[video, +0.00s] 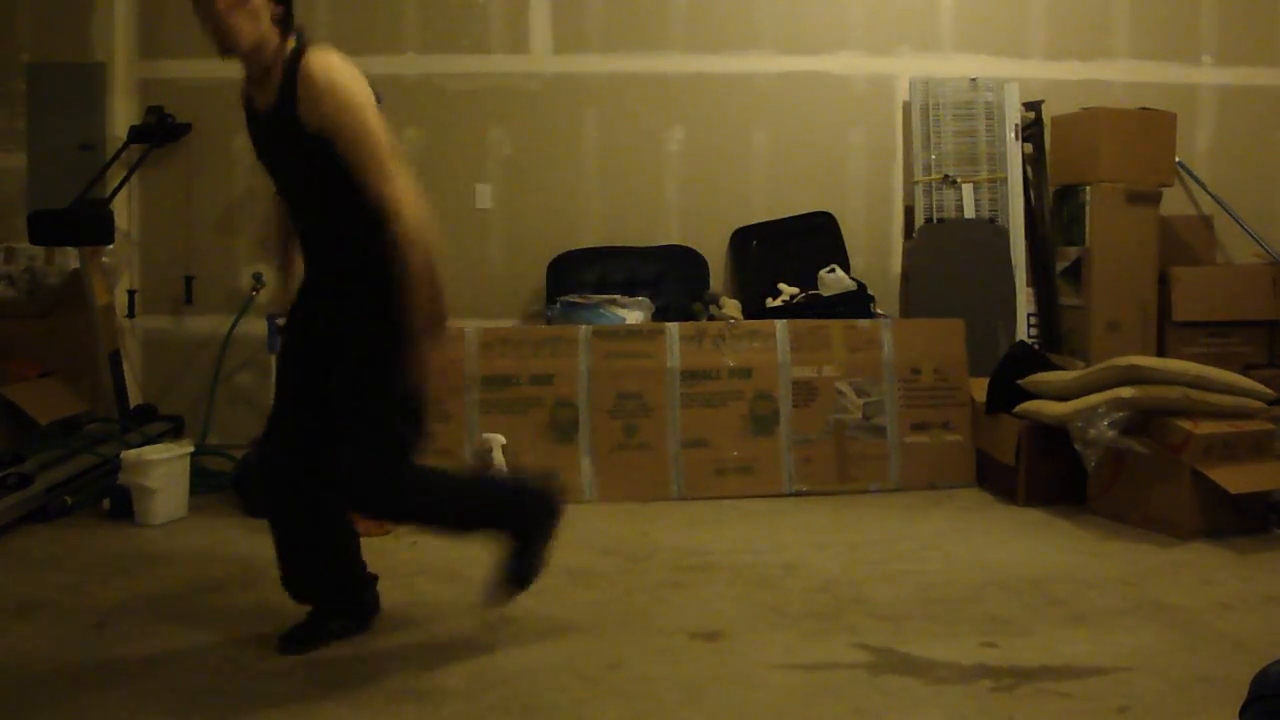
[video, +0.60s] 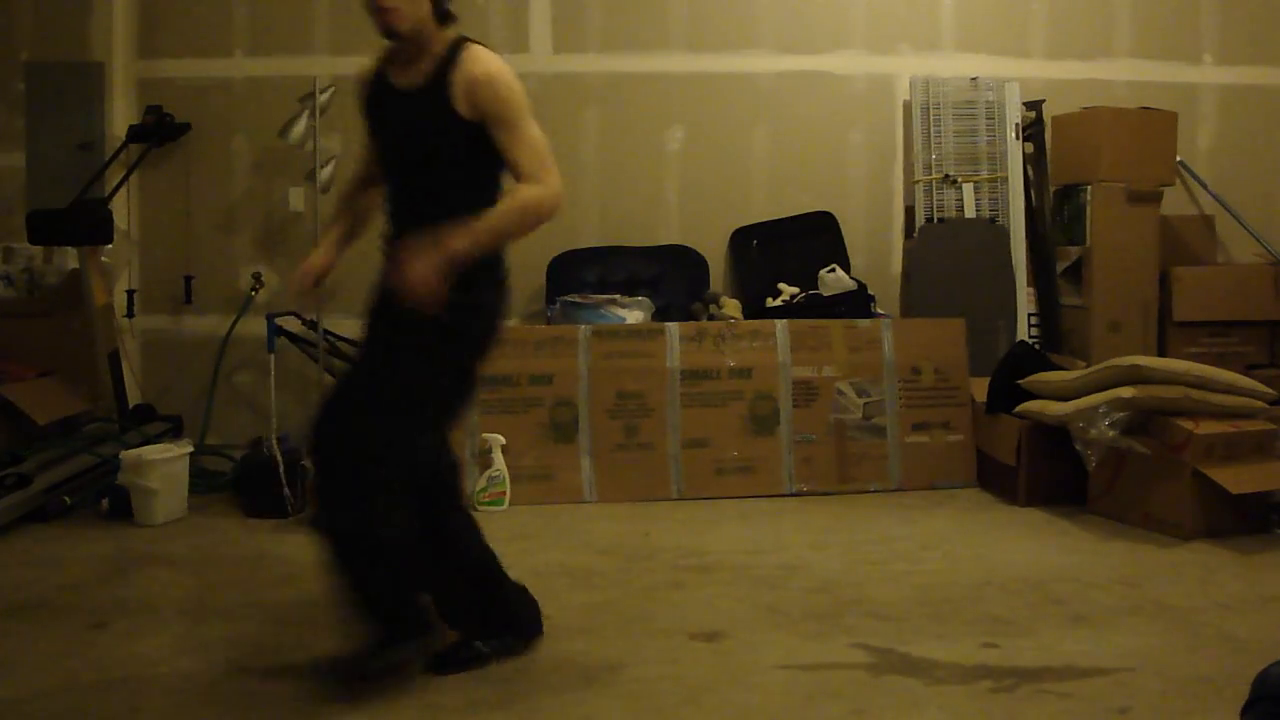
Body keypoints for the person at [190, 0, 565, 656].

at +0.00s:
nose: (216, 22)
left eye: (227, 7)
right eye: (209, 11)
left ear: (269, 8)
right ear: (213, 20)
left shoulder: (324, 75)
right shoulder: (255, 89)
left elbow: (404, 205)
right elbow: (291, 194)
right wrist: (286, 287)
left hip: (379, 291)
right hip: (323, 296)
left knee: (363, 474)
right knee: (293, 460)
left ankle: (522, 509)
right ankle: (342, 600)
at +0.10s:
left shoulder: (328, 29)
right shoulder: (247, 37)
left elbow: (439, 110)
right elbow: (300, 152)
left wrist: (540, 194)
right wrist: (304, 247)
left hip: (373, 258)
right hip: (316, 261)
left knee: (339, 445)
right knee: (298, 445)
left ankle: (407, 602)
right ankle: (348, 597)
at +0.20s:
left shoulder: (344, 17)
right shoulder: (257, 23)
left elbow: (471, 60)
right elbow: (289, 153)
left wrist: (595, 96)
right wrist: (276, 261)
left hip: (343, 275)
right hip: (293, 273)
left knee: (276, 450)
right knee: (284, 447)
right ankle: (421, 557)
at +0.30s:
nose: (288, 8)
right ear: (280, 3)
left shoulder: (373, 54)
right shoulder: (286, 49)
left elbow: (501, 74)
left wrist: (621, 68)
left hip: (314, 320)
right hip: (267, 314)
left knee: (206, 479)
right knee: (255, 485)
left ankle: (220, 663)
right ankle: (457, 528)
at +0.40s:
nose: (326, 8)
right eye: (319, 1)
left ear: (369, 2)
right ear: (310, 5)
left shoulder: (400, 64)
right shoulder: (307, 56)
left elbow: (508, 117)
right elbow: (282, 150)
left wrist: (625, 154)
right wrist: (274, 228)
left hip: (338, 311)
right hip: (297, 305)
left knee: (225, 476)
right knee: (293, 492)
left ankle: (219, 665)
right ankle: (477, 544)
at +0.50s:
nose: (360, 5)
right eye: (351, 0)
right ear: (344, 3)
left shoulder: (433, 49)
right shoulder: (339, 56)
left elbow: (517, 160)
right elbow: (315, 155)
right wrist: (273, 244)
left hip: (409, 285)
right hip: (352, 284)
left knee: (288, 460)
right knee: (352, 464)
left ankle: (243, 647)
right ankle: (473, 592)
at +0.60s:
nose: (381, 7)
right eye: (374, 1)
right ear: (372, 10)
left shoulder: (479, 71)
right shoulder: (381, 78)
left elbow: (544, 189)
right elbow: (369, 179)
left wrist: (446, 246)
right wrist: (329, 248)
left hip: (465, 291)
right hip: (404, 287)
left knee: (351, 437)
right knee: (402, 451)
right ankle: (498, 614)